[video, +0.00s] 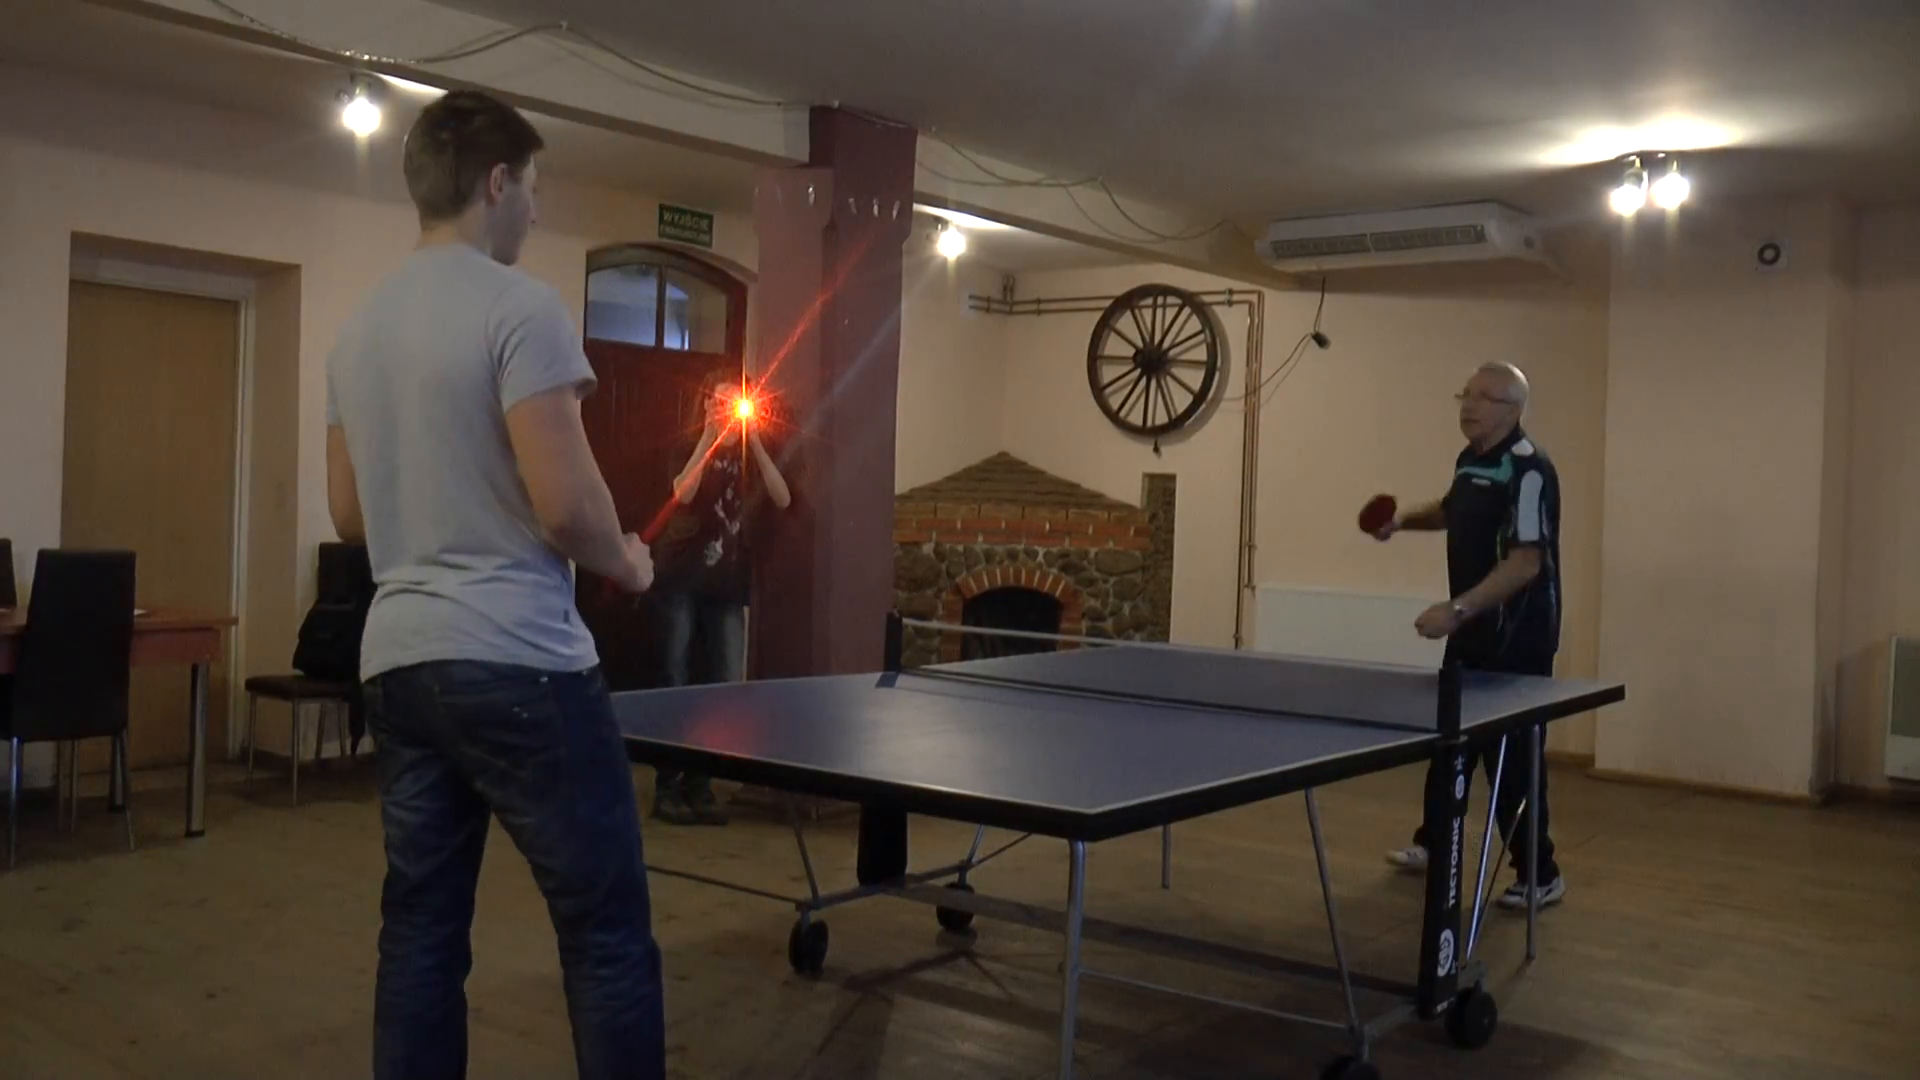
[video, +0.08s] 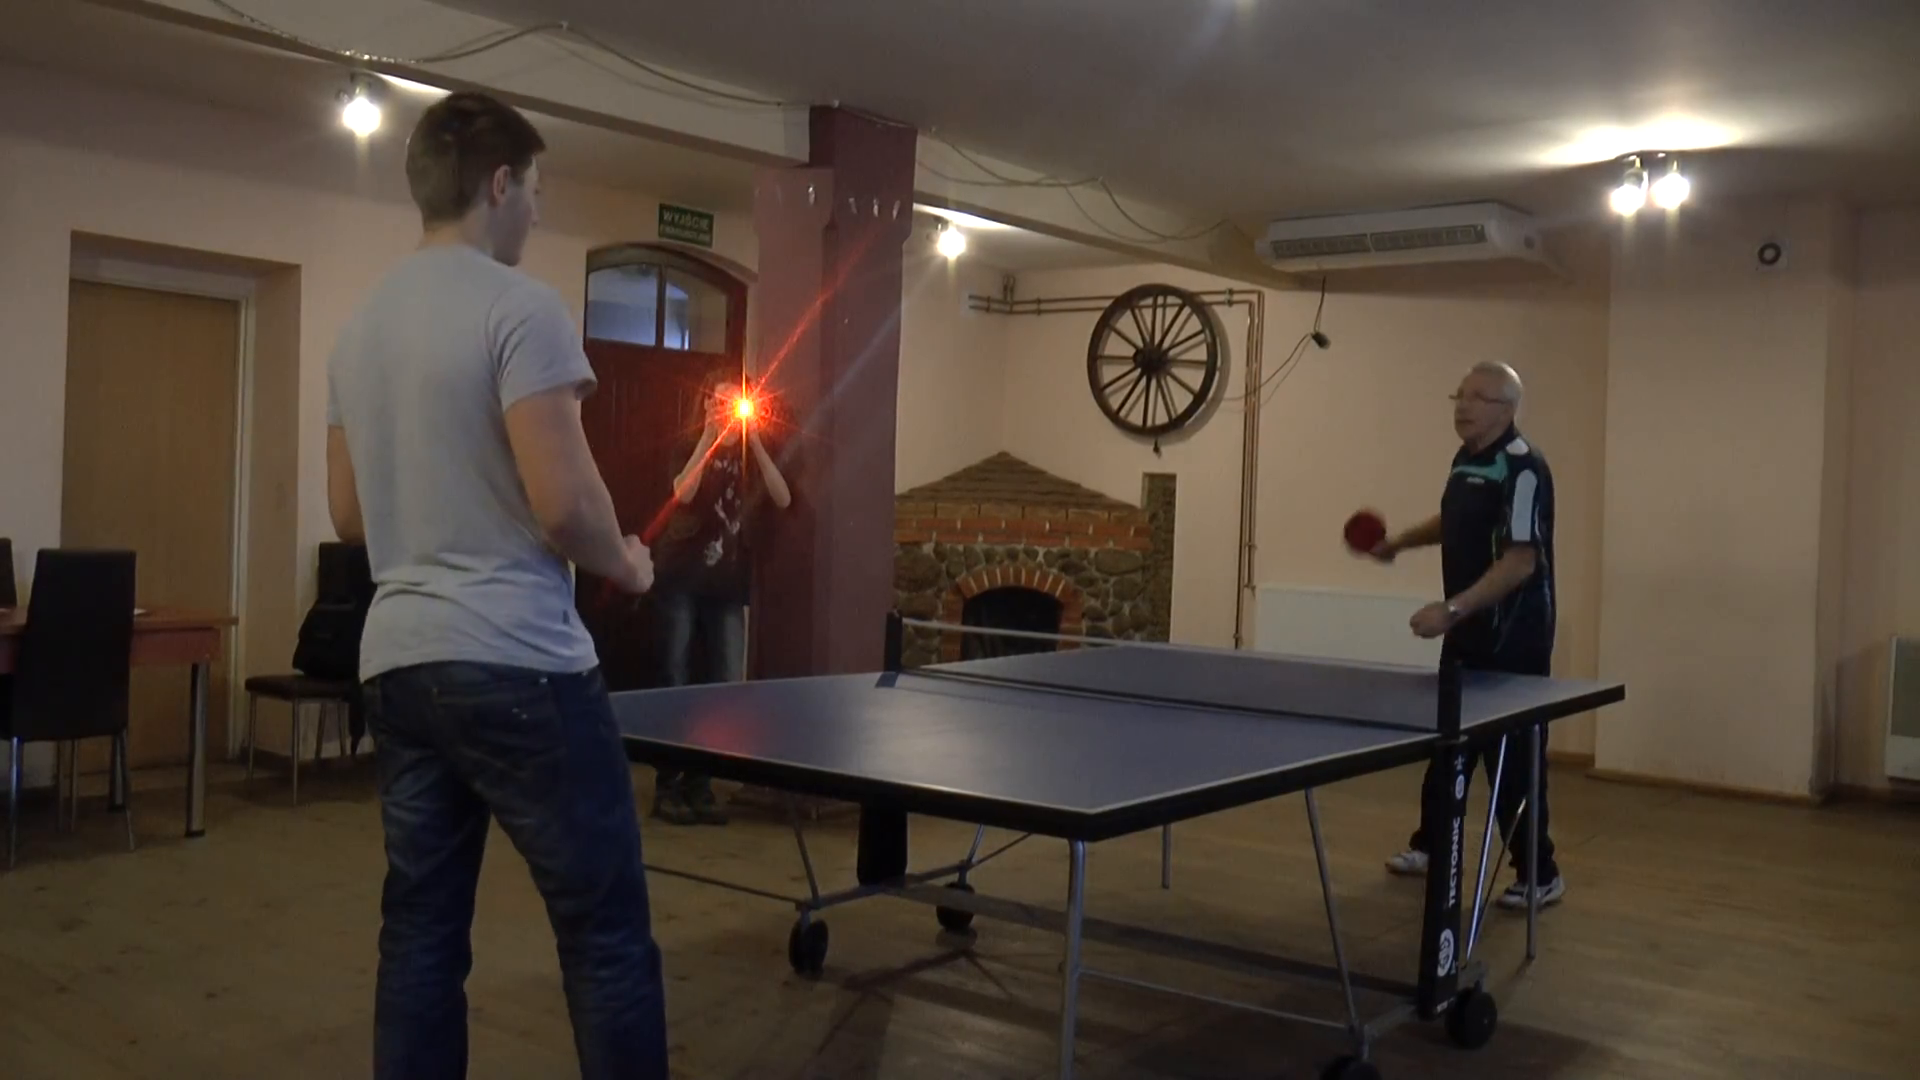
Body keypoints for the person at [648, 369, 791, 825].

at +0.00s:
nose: (721, 410)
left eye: (728, 403)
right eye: (715, 402)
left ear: (738, 409)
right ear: (703, 405)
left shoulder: (749, 453)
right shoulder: (685, 450)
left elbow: (782, 498)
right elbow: (682, 493)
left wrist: (755, 440)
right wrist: (710, 439)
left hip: (727, 581)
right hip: (679, 579)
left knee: (725, 686)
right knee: (675, 684)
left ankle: (700, 789)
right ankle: (667, 790)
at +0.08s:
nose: (721, 410)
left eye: (730, 404)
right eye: (715, 403)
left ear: (739, 410)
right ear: (703, 406)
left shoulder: (749, 453)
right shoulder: (686, 449)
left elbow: (782, 498)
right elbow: (682, 494)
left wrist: (755, 441)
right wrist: (710, 440)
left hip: (727, 582)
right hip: (680, 579)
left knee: (725, 685)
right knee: (674, 682)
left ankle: (700, 788)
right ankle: (668, 788)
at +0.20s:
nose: (720, 408)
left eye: (728, 402)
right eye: (714, 401)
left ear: (737, 408)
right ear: (703, 404)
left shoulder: (749, 452)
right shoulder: (685, 449)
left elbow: (782, 498)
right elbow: (683, 494)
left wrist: (754, 439)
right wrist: (710, 439)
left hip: (727, 581)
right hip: (680, 580)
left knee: (726, 686)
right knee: (675, 684)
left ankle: (701, 789)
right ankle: (667, 789)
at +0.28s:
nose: (720, 409)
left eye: (728, 402)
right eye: (715, 401)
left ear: (737, 408)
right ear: (703, 405)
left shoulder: (749, 452)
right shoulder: (685, 450)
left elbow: (782, 498)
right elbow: (683, 493)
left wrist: (755, 439)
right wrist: (710, 439)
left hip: (727, 581)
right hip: (680, 579)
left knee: (728, 685)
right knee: (675, 683)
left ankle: (701, 789)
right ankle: (668, 789)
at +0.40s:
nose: (722, 410)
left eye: (730, 403)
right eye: (716, 402)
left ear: (738, 410)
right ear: (704, 405)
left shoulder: (749, 453)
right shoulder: (686, 452)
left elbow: (783, 499)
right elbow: (681, 497)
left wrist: (755, 440)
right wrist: (709, 442)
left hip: (728, 582)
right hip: (681, 581)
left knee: (728, 685)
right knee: (675, 683)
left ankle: (701, 787)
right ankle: (668, 787)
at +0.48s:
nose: (721, 411)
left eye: (729, 404)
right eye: (714, 403)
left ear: (737, 411)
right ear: (703, 407)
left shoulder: (748, 453)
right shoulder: (690, 453)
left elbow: (782, 498)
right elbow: (679, 498)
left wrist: (755, 439)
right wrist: (709, 440)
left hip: (729, 583)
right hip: (684, 581)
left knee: (728, 685)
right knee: (675, 681)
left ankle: (703, 786)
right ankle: (670, 785)